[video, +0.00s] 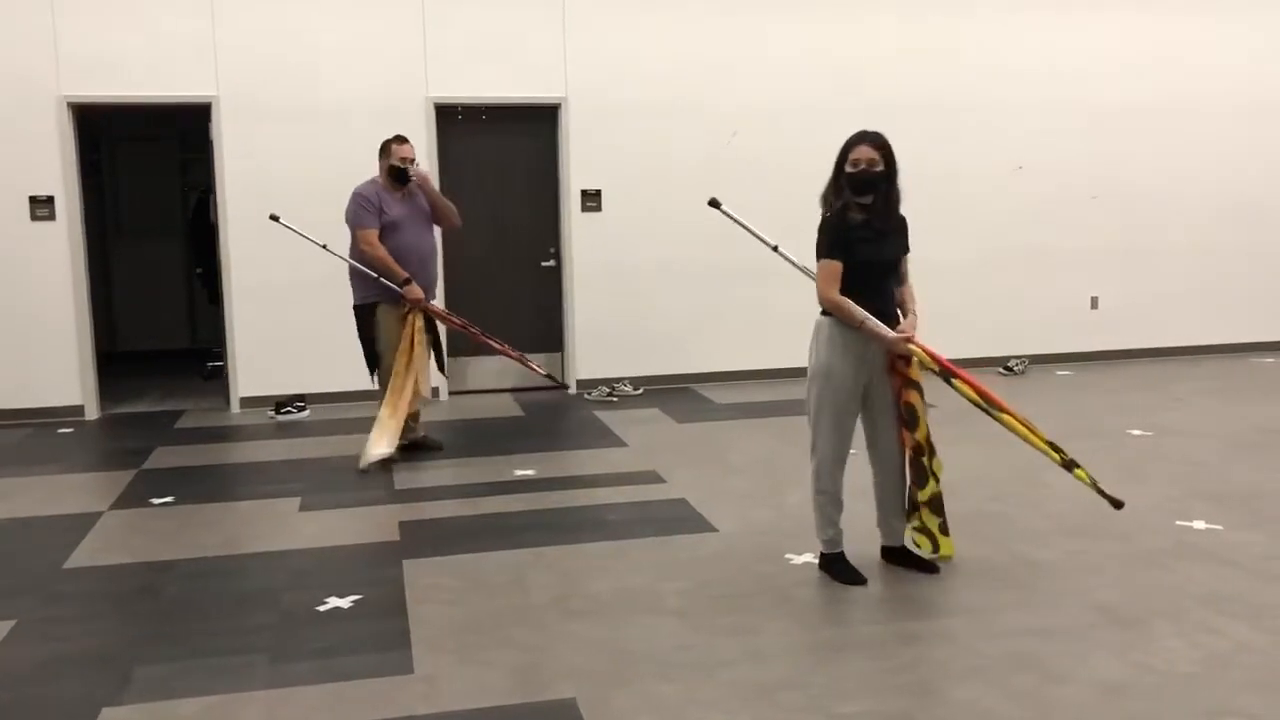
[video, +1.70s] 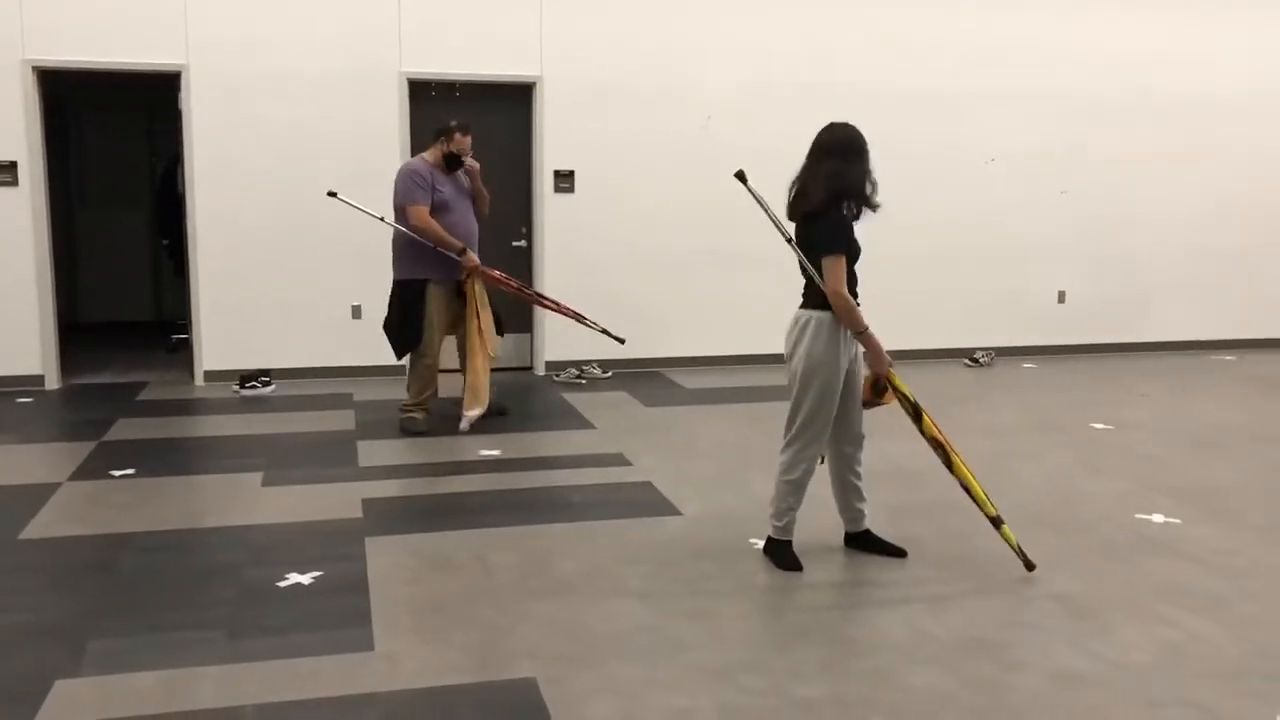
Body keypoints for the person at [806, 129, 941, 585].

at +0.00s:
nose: (863, 170)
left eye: (873, 164)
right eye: (855, 163)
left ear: (887, 170)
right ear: (842, 168)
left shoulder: (895, 223)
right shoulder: (836, 222)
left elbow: (901, 280)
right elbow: (828, 296)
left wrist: (911, 317)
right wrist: (881, 333)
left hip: (883, 339)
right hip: (839, 340)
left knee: (890, 445)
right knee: (831, 448)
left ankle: (894, 543)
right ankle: (830, 550)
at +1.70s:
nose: (866, 171)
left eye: (864, 161)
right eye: (862, 162)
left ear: (820, 161)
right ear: (850, 165)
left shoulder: (828, 212)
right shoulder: (828, 217)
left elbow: (835, 290)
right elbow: (836, 293)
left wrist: (860, 343)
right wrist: (872, 345)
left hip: (842, 332)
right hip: (820, 332)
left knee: (848, 438)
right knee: (807, 439)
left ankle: (856, 530)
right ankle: (779, 536)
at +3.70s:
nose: (827, 147)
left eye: (833, 141)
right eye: (822, 138)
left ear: (831, 141)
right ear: (800, 133)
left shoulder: (809, 192)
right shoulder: (781, 190)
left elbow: (813, 263)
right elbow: (792, 265)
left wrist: (838, 319)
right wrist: (841, 308)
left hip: (818, 308)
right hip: (786, 306)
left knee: (819, 413)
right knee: (768, 414)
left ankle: (824, 507)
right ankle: (747, 513)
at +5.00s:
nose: (829, 144)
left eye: (823, 135)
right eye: (825, 136)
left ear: (776, 142)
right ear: (820, 140)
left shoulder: (768, 192)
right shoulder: (812, 191)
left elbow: (766, 267)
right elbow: (811, 266)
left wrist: (771, 323)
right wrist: (860, 307)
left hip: (779, 303)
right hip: (797, 305)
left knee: (812, 409)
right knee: (782, 410)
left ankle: (827, 501)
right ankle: (745, 510)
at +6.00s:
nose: (822, 159)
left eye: (818, 150)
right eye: (818, 151)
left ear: (769, 157)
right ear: (810, 155)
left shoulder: (760, 207)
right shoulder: (804, 202)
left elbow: (754, 278)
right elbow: (815, 278)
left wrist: (752, 334)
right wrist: (864, 321)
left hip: (781, 317)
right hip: (795, 319)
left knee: (828, 418)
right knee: (786, 424)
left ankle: (834, 512)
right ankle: (755, 525)